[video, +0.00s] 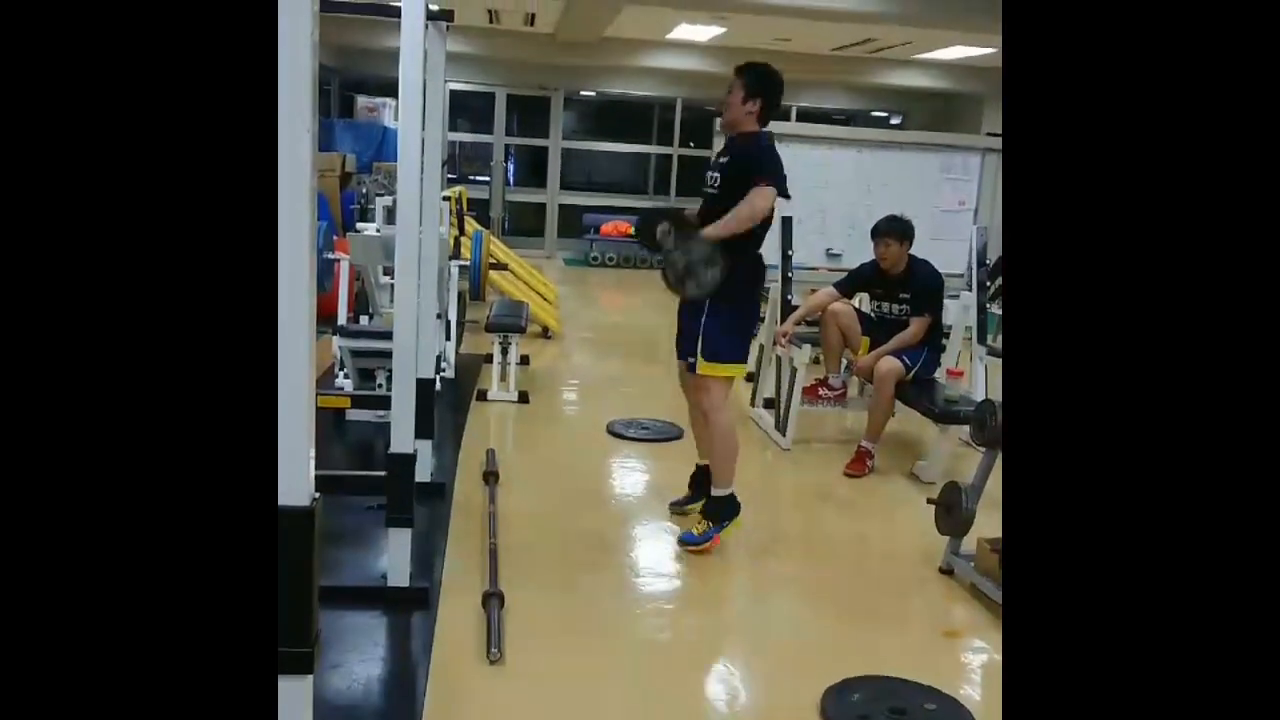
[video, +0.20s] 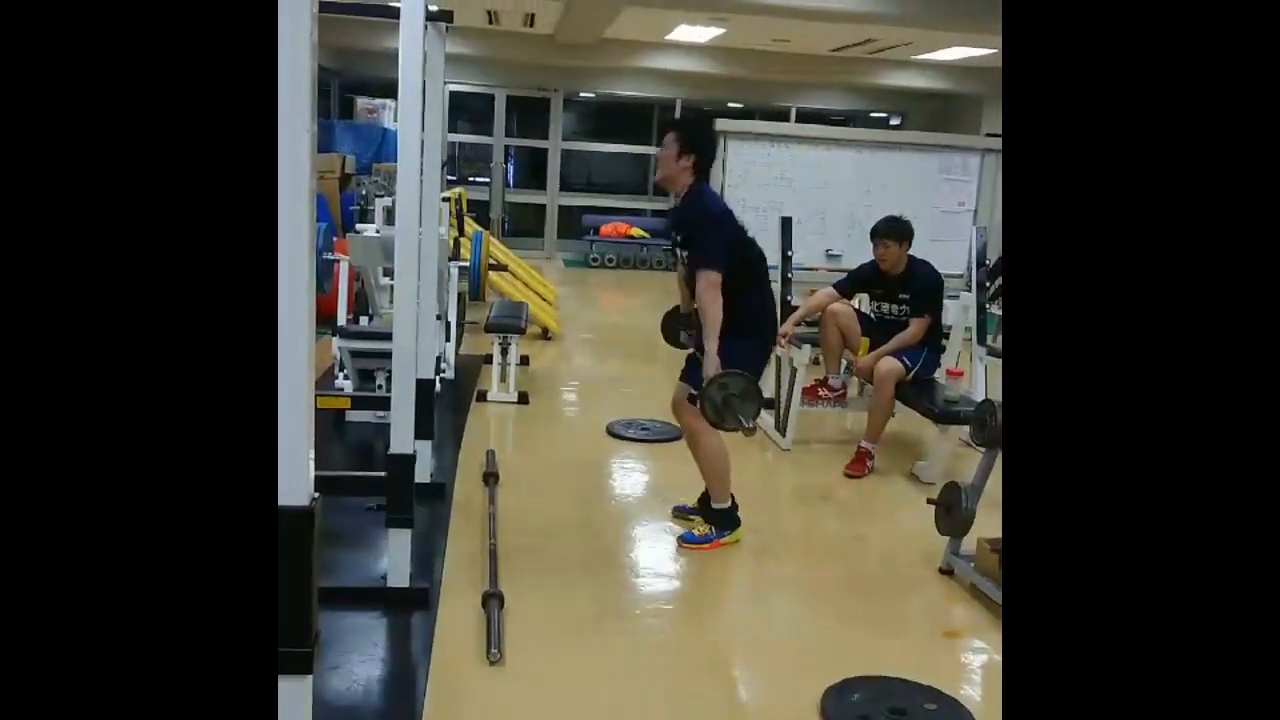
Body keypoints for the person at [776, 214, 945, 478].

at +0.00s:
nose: (880, 251)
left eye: (887, 245)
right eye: (877, 244)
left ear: (906, 246)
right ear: (873, 244)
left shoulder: (927, 277)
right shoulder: (870, 271)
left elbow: (916, 332)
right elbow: (828, 295)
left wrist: (873, 357)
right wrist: (792, 321)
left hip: (919, 347)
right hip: (880, 337)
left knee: (885, 368)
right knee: (834, 311)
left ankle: (866, 449)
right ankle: (834, 386)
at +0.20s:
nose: (879, 252)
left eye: (887, 246)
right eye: (876, 245)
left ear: (905, 247)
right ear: (872, 245)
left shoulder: (926, 277)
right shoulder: (870, 271)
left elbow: (916, 332)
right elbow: (829, 295)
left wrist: (873, 357)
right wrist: (792, 322)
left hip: (920, 347)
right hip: (881, 338)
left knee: (885, 369)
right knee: (834, 312)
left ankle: (866, 450)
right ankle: (834, 386)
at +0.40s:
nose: (880, 252)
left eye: (887, 246)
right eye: (876, 245)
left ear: (905, 247)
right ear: (872, 246)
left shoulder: (926, 277)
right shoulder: (870, 272)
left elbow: (916, 332)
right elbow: (830, 294)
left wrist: (873, 357)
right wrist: (800, 314)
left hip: (921, 346)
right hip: (881, 336)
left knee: (885, 370)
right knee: (834, 312)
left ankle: (866, 450)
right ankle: (834, 385)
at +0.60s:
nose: (880, 253)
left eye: (887, 246)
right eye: (877, 246)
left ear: (906, 246)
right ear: (873, 246)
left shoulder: (927, 277)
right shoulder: (870, 271)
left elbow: (917, 331)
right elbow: (829, 295)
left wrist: (874, 357)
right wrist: (801, 314)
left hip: (921, 345)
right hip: (882, 336)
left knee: (886, 369)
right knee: (835, 311)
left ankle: (867, 450)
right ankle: (835, 385)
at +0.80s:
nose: (880, 251)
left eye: (887, 245)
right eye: (877, 244)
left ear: (905, 245)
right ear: (873, 244)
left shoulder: (927, 275)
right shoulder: (871, 270)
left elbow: (918, 331)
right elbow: (831, 293)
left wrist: (875, 355)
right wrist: (793, 320)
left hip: (922, 346)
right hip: (882, 337)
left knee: (887, 367)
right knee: (835, 310)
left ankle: (869, 448)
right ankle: (835, 384)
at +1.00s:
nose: (880, 251)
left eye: (887, 244)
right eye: (877, 244)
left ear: (906, 245)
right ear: (873, 244)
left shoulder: (928, 275)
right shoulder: (870, 269)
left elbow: (917, 330)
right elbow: (831, 293)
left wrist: (874, 355)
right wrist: (799, 312)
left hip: (922, 344)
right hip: (882, 335)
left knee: (886, 367)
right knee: (835, 310)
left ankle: (868, 447)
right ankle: (836, 383)